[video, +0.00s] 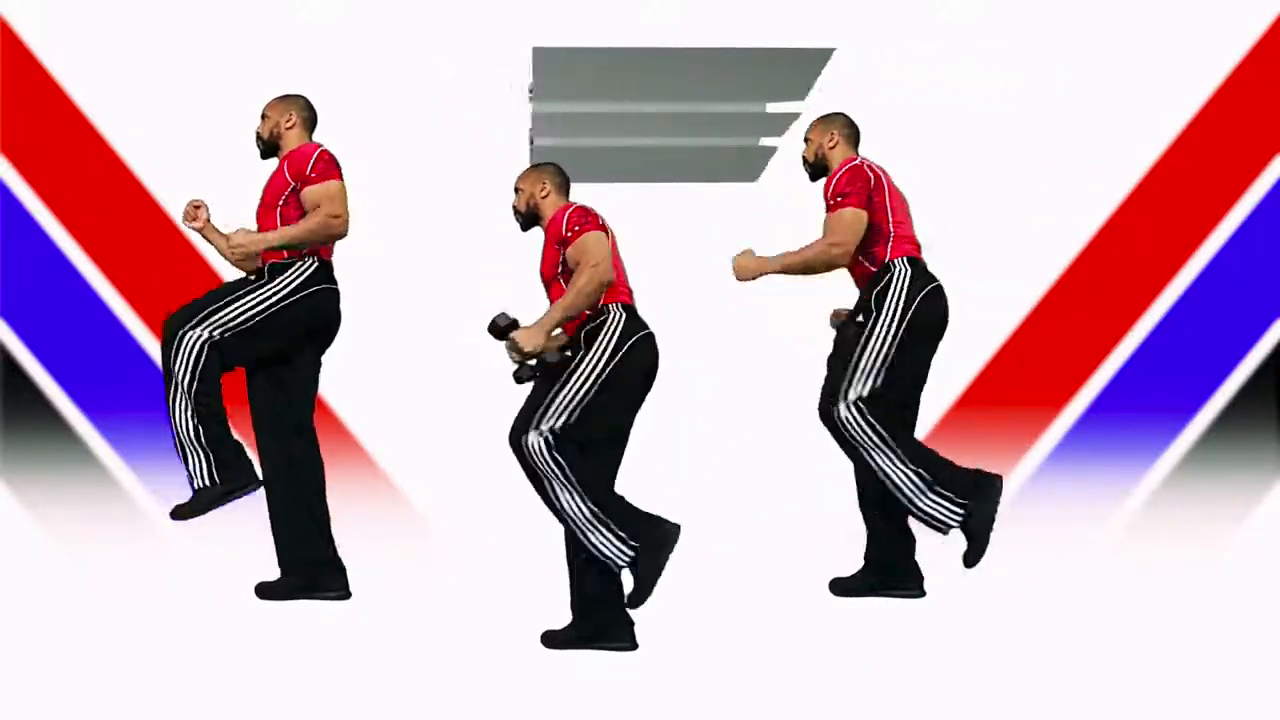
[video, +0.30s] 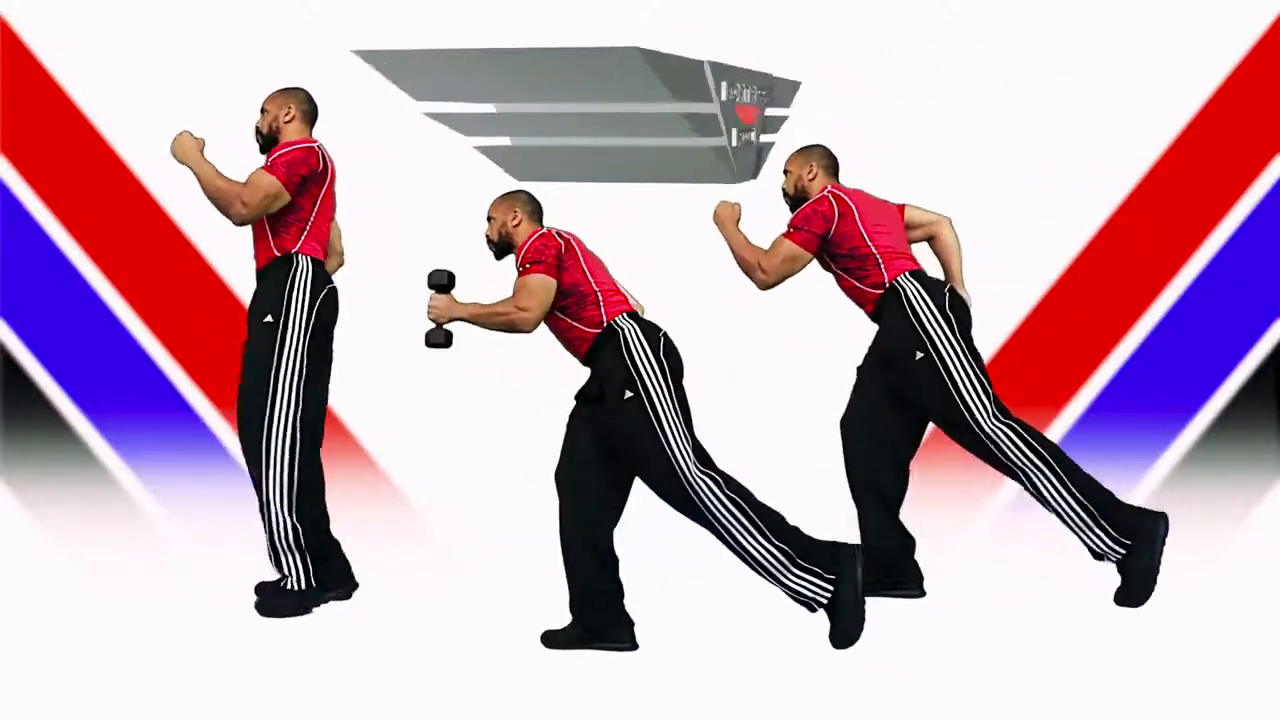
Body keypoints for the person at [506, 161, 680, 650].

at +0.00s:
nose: (513, 201)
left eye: (518, 190)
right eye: (514, 194)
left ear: (543, 187)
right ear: (548, 190)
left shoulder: (574, 216)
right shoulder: (557, 245)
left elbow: (598, 271)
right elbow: (576, 328)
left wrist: (544, 327)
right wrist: (541, 348)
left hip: (613, 333)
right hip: (606, 345)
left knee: (536, 436)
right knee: (586, 484)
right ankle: (600, 619)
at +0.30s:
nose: (488, 228)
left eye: (494, 218)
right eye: (487, 221)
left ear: (519, 215)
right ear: (519, 223)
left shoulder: (543, 243)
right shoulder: (539, 257)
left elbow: (525, 312)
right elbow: (522, 316)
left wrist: (456, 311)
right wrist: (463, 309)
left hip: (632, 350)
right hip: (607, 370)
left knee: (686, 477)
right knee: (581, 489)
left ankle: (827, 577)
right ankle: (601, 621)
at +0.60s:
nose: (484, 247)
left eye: (490, 237)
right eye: (484, 240)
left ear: (516, 234)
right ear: (526, 240)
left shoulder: (539, 263)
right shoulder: (563, 267)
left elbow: (513, 339)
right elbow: (642, 302)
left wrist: (454, 317)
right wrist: (659, 367)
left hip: (645, 362)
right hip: (622, 379)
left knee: (722, 486)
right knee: (582, 487)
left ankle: (859, 594)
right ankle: (602, 623)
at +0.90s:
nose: (483, 253)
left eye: (489, 243)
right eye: (484, 245)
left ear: (516, 238)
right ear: (524, 242)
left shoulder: (537, 270)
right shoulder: (562, 271)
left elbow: (508, 346)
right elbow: (643, 301)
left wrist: (449, 322)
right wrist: (664, 368)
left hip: (647, 366)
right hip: (623, 383)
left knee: (731, 488)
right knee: (580, 485)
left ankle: (868, 597)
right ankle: (600, 622)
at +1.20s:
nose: (483, 252)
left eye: (489, 242)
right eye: (483, 245)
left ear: (516, 238)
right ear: (521, 243)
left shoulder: (537, 270)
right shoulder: (563, 273)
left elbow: (511, 350)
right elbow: (642, 301)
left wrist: (447, 327)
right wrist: (661, 368)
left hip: (648, 366)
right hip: (623, 385)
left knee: (731, 490)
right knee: (582, 486)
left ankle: (872, 601)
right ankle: (600, 623)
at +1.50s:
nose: (484, 253)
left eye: (489, 243)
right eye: (485, 246)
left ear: (517, 239)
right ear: (524, 243)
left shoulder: (538, 270)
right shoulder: (564, 271)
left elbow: (511, 349)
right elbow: (643, 300)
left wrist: (448, 329)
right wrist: (661, 369)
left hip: (649, 366)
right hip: (626, 383)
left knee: (734, 491)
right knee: (584, 488)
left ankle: (873, 598)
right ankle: (601, 622)